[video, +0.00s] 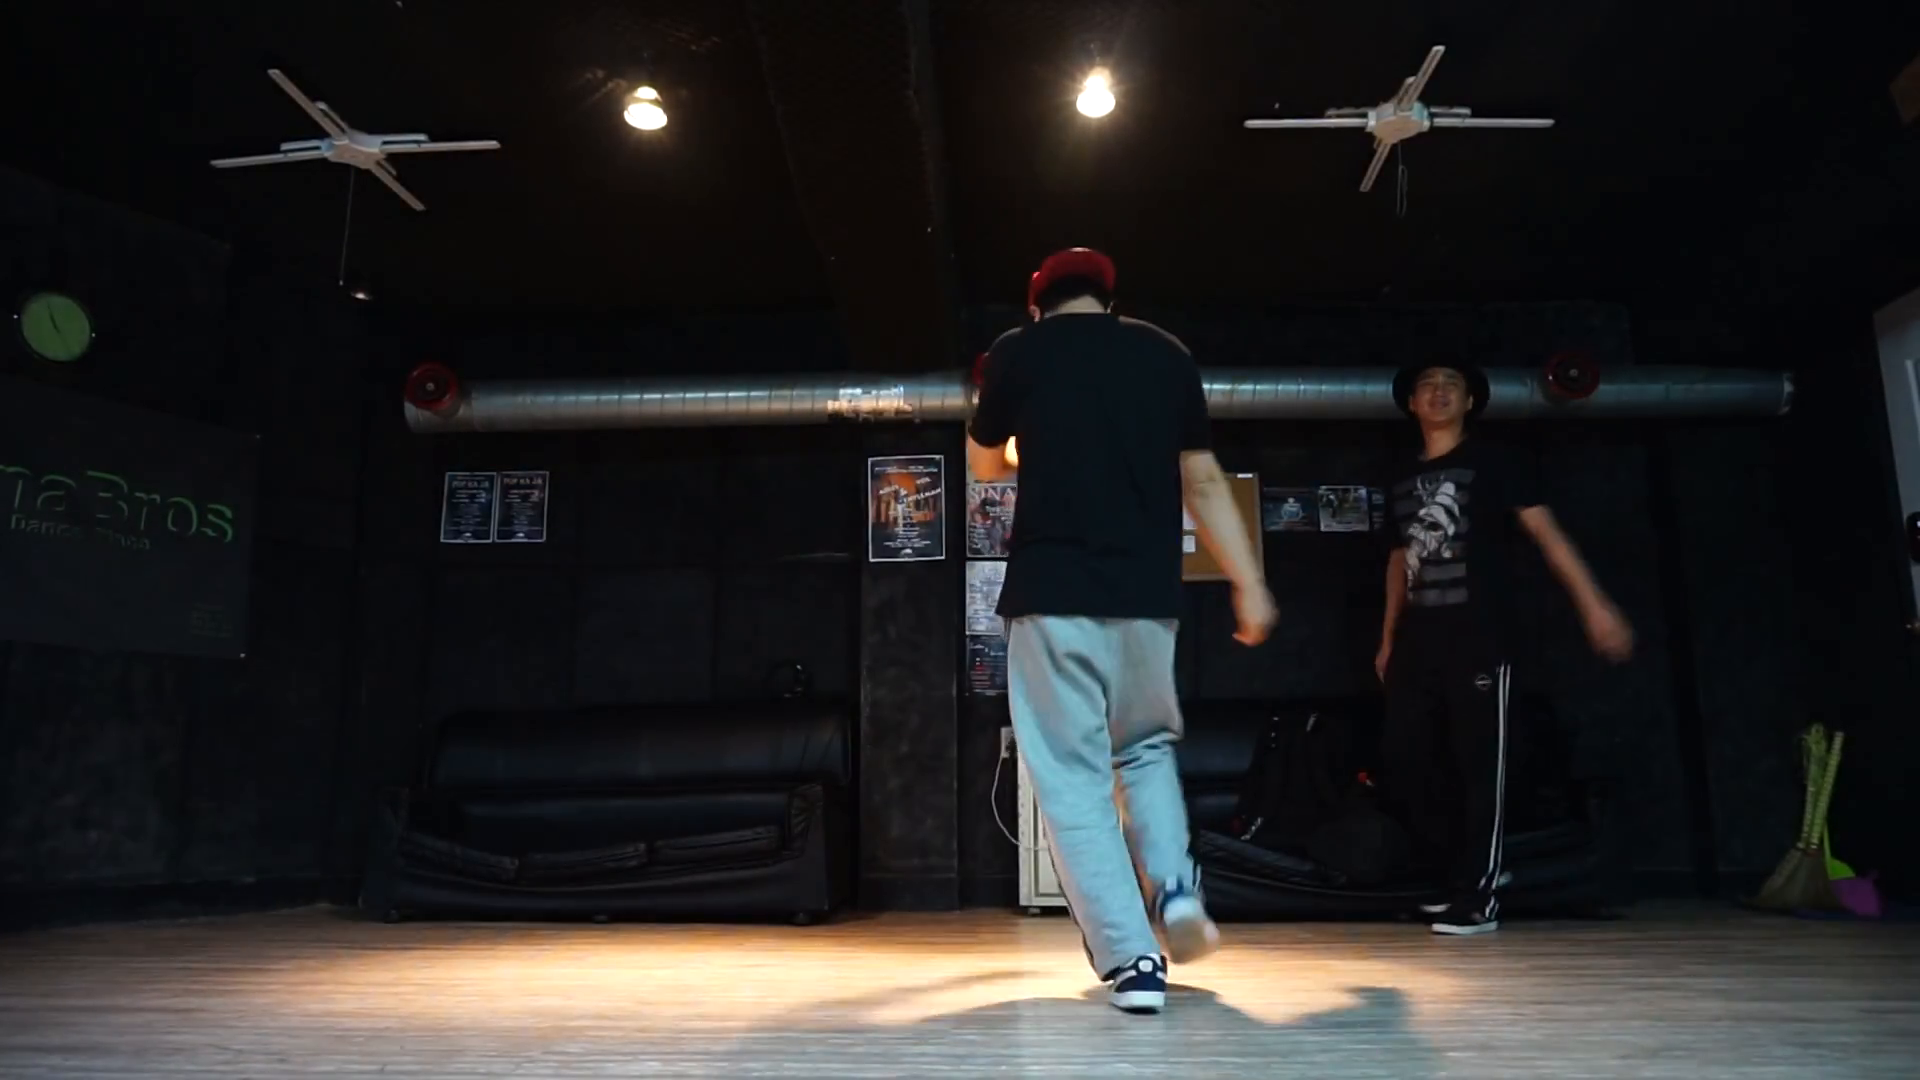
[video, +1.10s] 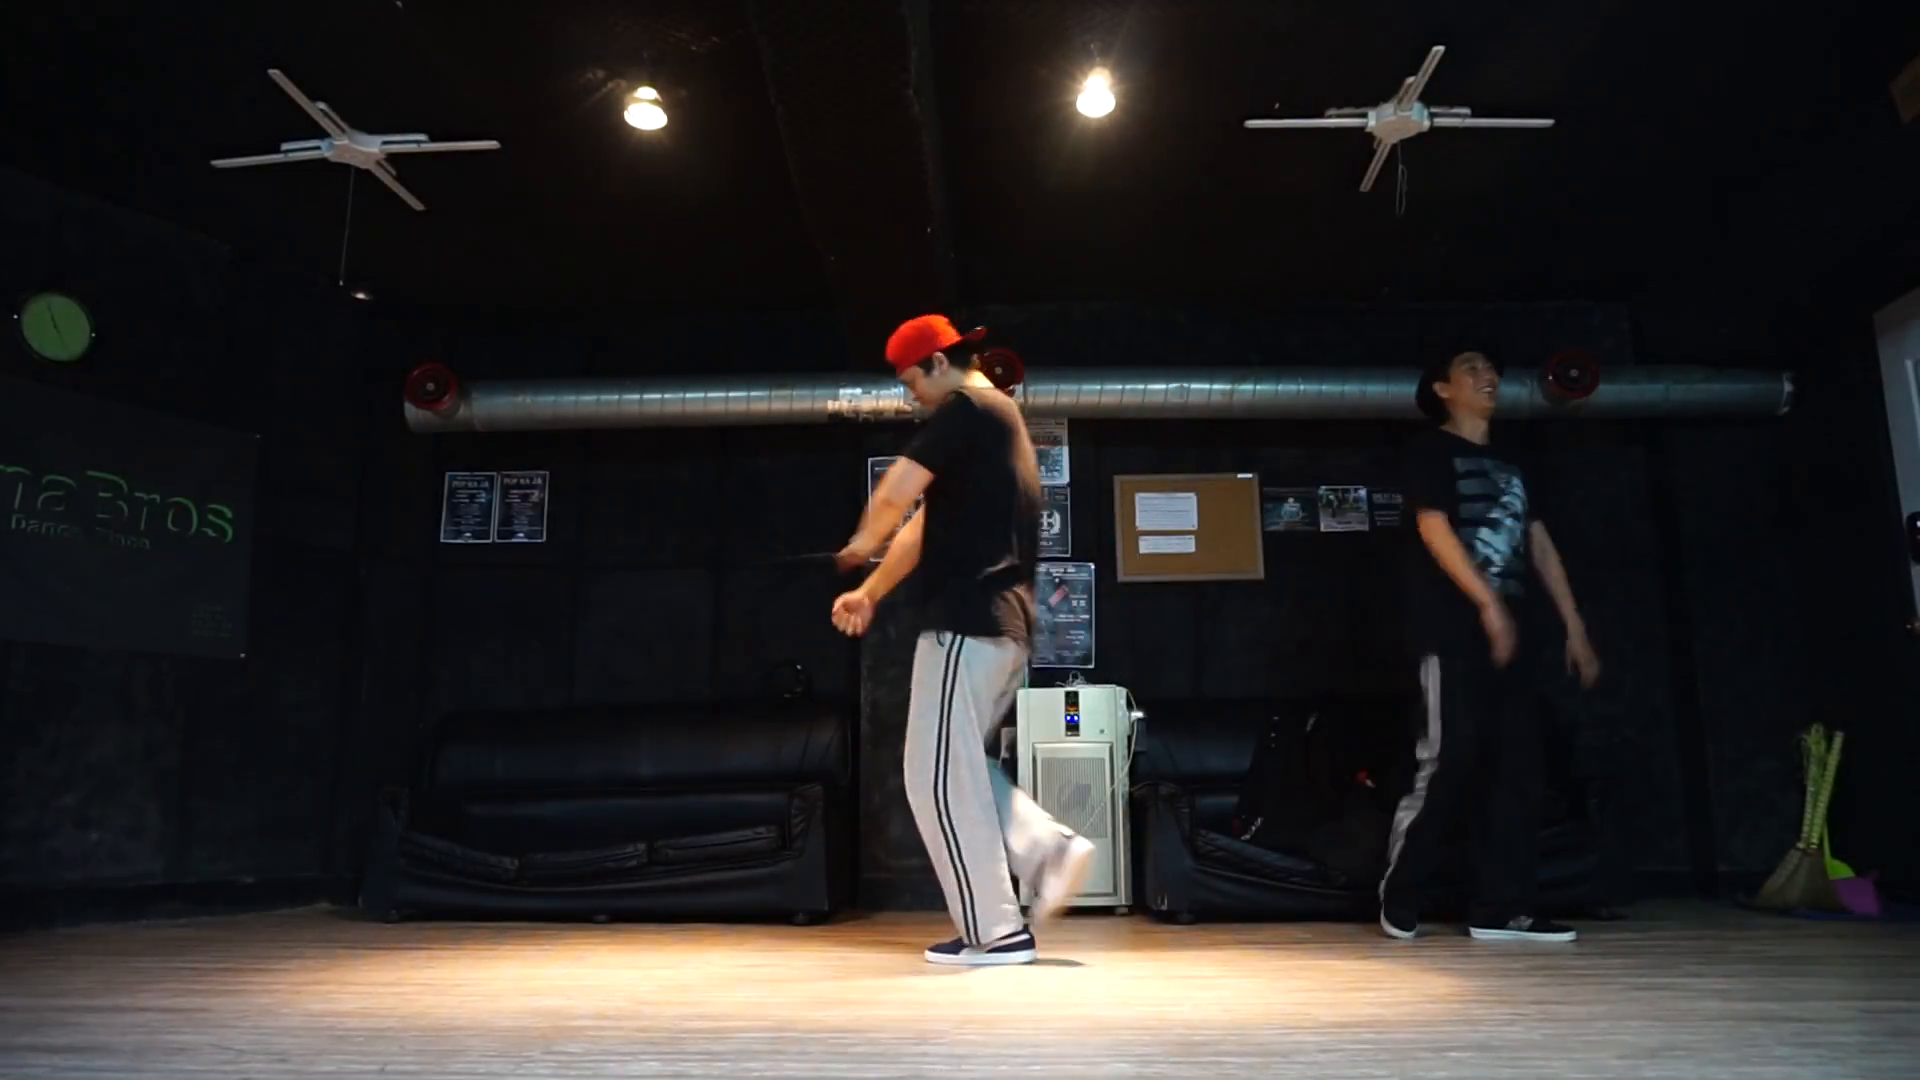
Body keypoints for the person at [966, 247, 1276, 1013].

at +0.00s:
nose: (1038, 320)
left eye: (1034, 309)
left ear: (1037, 307)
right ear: (1110, 299)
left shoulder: (1015, 355)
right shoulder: (1167, 356)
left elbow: (987, 461)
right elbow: (1202, 479)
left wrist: (1035, 433)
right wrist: (1247, 582)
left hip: (1051, 595)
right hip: (1147, 594)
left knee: (1073, 781)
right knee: (1148, 746)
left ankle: (1131, 962)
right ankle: (1176, 888)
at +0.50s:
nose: (1013, 363)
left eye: (1013, 355)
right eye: (1017, 356)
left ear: (1024, 350)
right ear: (1082, 343)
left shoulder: (1013, 390)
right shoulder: (1143, 409)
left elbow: (964, 487)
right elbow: (1172, 523)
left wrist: (988, 415)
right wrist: (1210, 611)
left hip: (1044, 614)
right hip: (1124, 618)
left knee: (1002, 762)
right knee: (1101, 777)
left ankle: (1104, 867)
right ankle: (1110, 944)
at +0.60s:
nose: (998, 362)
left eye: (998, 354)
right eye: (1000, 354)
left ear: (1006, 347)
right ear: (1068, 340)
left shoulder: (1013, 387)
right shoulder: (1116, 404)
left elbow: (959, 485)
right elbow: (1116, 516)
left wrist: (989, 414)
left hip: (1037, 608)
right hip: (1109, 615)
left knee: (981, 750)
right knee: (1092, 780)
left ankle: (1068, 875)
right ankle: (1112, 945)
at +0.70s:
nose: (984, 362)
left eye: (983, 354)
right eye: (984, 354)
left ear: (994, 346)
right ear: (1052, 339)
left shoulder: (1006, 390)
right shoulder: (1091, 395)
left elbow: (950, 478)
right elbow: (1073, 485)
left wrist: (970, 412)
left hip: (1030, 605)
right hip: (1100, 607)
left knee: (974, 753)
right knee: (1086, 776)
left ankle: (1028, 902)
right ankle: (1109, 942)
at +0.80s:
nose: (966, 371)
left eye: (964, 360)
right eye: (964, 361)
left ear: (976, 350)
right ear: (1030, 342)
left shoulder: (998, 399)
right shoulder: (1068, 399)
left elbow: (942, 488)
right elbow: (1005, 499)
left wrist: (978, 414)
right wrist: (944, 570)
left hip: (1018, 610)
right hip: (1084, 608)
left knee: (968, 766)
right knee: (1080, 772)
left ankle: (998, 926)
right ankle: (1109, 939)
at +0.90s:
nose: (948, 389)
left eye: (945, 377)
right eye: (944, 379)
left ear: (960, 364)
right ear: (1004, 354)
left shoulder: (987, 416)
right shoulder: (1047, 412)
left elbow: (937, 514)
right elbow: (970, 519)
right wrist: (886, 563)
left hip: (998, 626)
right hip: (1060, 625)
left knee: (956, 770)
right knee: (1057, 777)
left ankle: (994, 931)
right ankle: (1104, 932)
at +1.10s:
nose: (908, 396)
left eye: (909, 381)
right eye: (904, 385)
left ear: (936, 363)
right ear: (945, 362)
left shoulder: (964, 412)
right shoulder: (991, 414)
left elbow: (894, 495)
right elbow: (923, 526)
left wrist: (862, 546)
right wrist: (871, 592)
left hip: (963, 624)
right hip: (995, 622)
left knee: (937, 774)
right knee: (957, 763)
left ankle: (993, 933)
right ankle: (1046, 853)